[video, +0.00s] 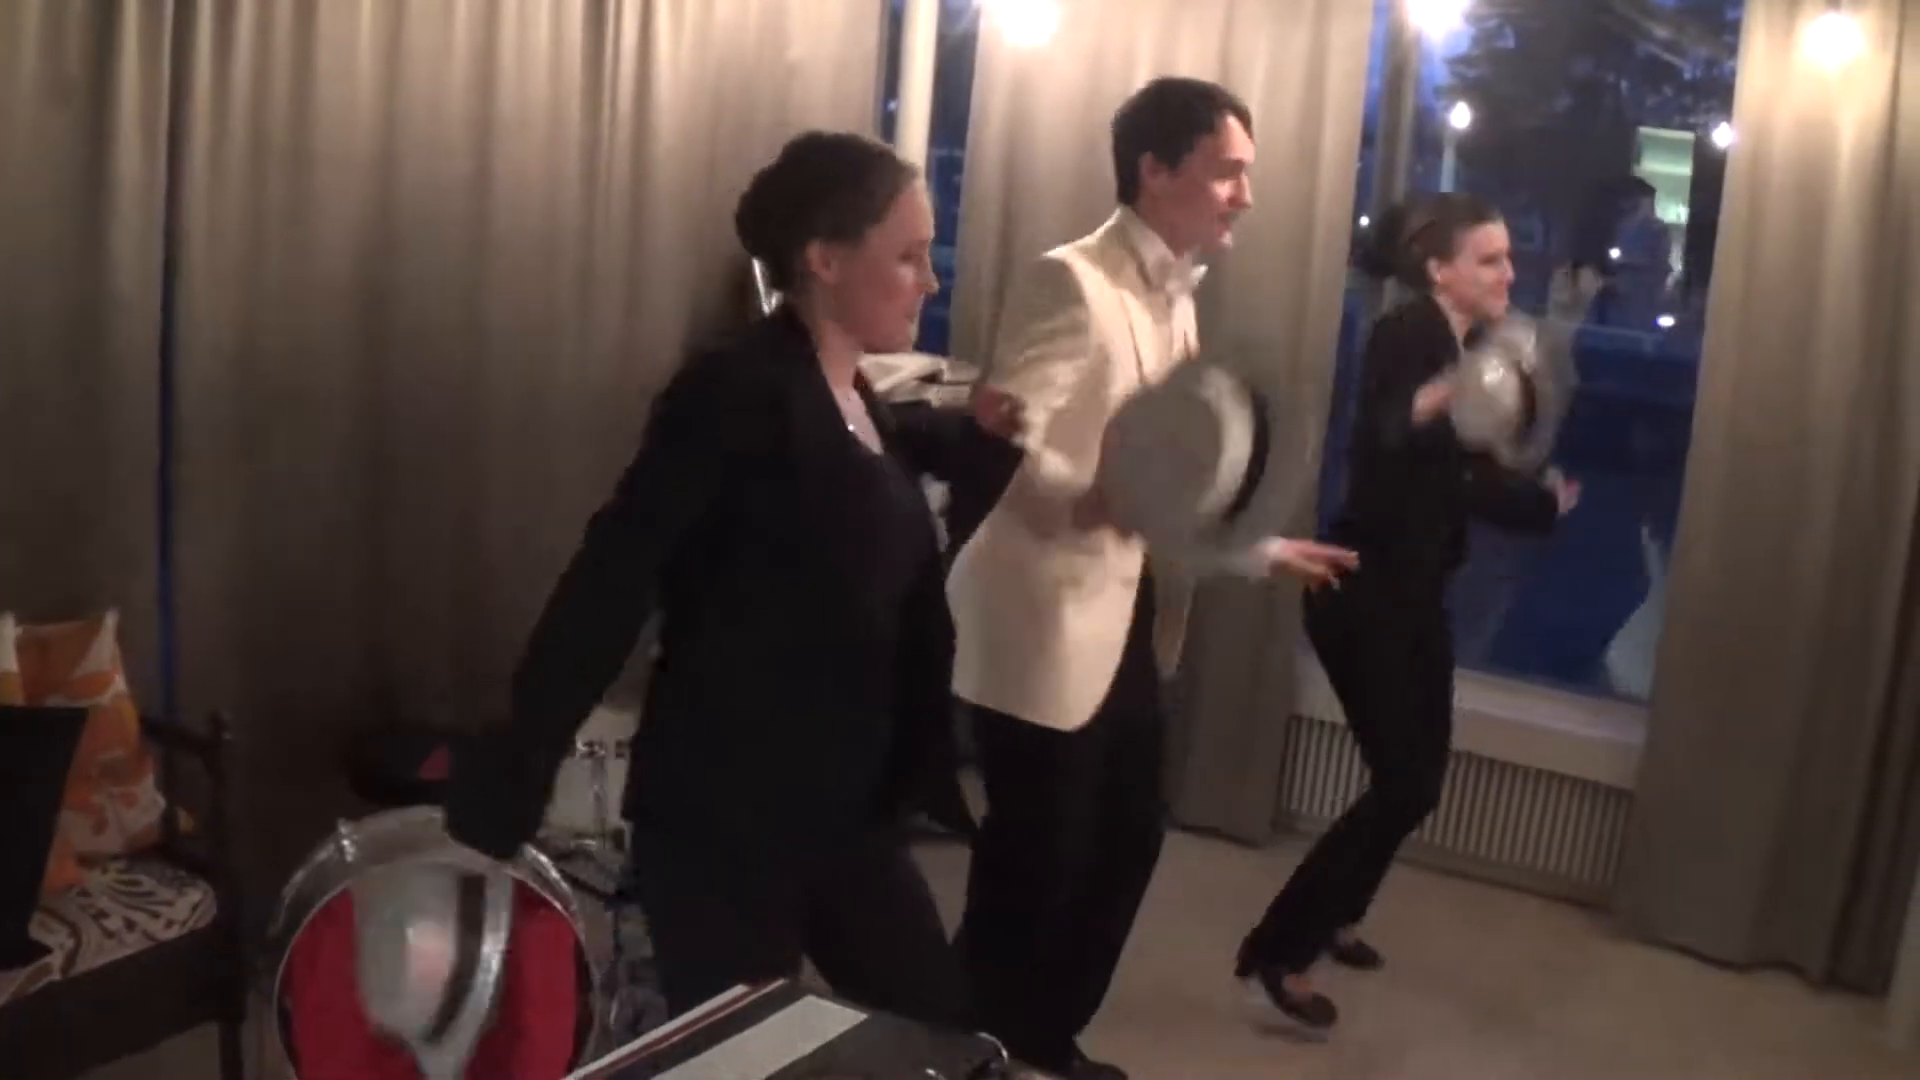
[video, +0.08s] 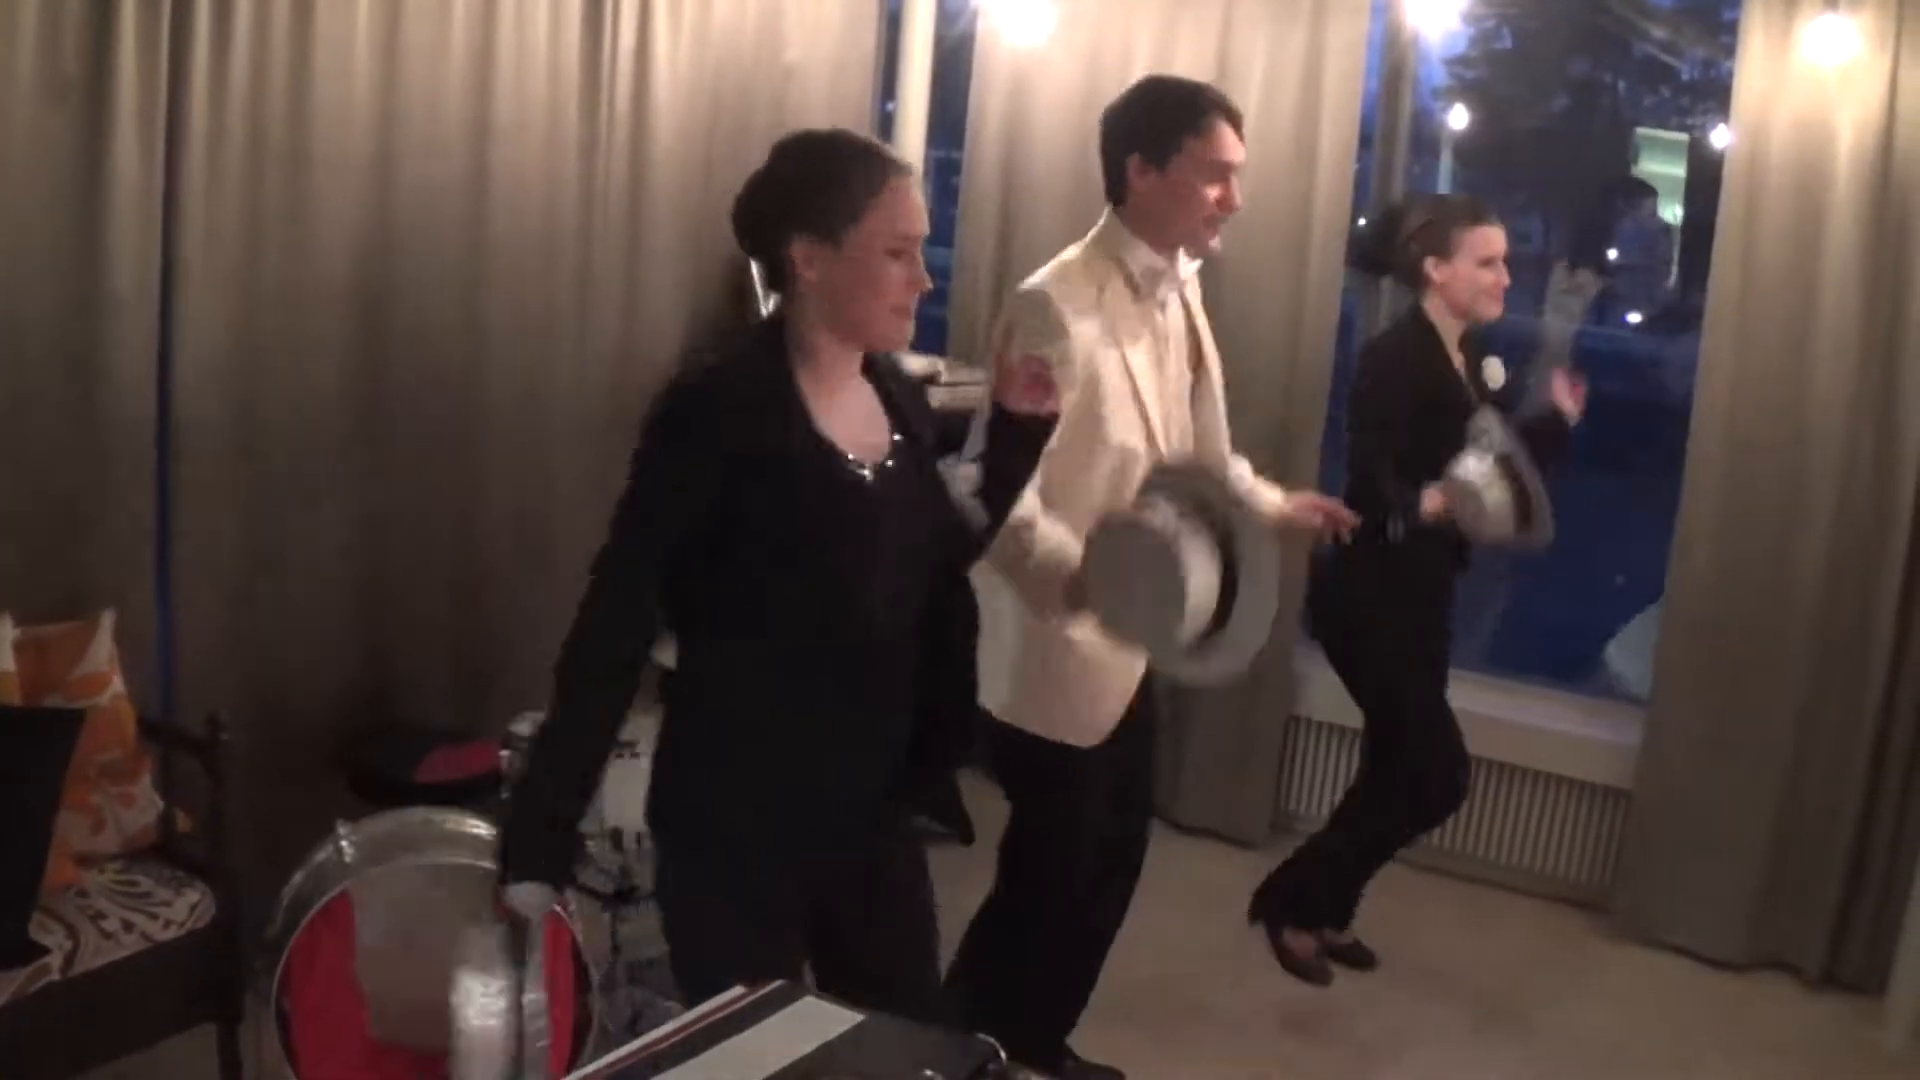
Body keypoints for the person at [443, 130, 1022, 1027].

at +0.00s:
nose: (929, 283)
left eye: (927, 259)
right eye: (909, 259)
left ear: (836, 263)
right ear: (822, 261)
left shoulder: (851, 397)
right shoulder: (729, 396)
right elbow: (605, 594)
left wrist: (972, 453)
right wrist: (506, 783)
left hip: (837, 812)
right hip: (724, 821)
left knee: (937, 1037)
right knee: (728, 1062)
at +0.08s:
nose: (922, 280)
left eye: (921, 254)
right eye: (898, 253)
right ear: (808, 258)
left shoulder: (893, 397)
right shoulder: (714, 411)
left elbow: (943, 563)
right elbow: (613, 632)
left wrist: (1015, 434)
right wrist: (536, 844)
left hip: (867, 810)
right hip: (735, 820)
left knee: (908, 1050)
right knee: (751, 1057)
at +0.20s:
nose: (902, 277)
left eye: (908, 250)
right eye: (875, 250)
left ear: (916, 250)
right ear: (781, 251)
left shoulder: (923, 381)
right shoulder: (680, 432)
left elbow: (1020, 516)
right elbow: (635, 658)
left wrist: (1088, 390)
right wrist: (601, 844)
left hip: (896, 801)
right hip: (751, 811)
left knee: (863, 1050)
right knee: (731, 1050)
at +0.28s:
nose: (889, 290)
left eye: (897, 261)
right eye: (861, 263)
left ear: (905, 259)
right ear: (766, 262)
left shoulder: (922, 386)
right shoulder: (670, 439)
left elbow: (1036, 522)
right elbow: (632, 652)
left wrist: (1137, 431)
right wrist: (615, 833)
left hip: (901, 805)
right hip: (753, 816)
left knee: (846, 1044)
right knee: (720, 1045)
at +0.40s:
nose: (888, 307)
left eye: (896, 276)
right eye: (857, 278)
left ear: (908, 272)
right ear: (764, 277)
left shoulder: (921, 401)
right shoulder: (659, 441)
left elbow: (1015, 550)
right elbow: (606, 646)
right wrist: (591, 820)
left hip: (897, 819)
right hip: (744, 825)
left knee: (852, 1051)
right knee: (722, 1054)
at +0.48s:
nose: (899, 308)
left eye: (908, 280)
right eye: (872, 281)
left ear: (917, 272)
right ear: (778, 276)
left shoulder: (920, 406)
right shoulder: (659, 433)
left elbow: (995, 572)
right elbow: (583, 629)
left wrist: (1123, 681)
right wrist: (584, 816)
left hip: (885, 811)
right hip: (727, 816)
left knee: (870, 1048)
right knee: (732, 1050)